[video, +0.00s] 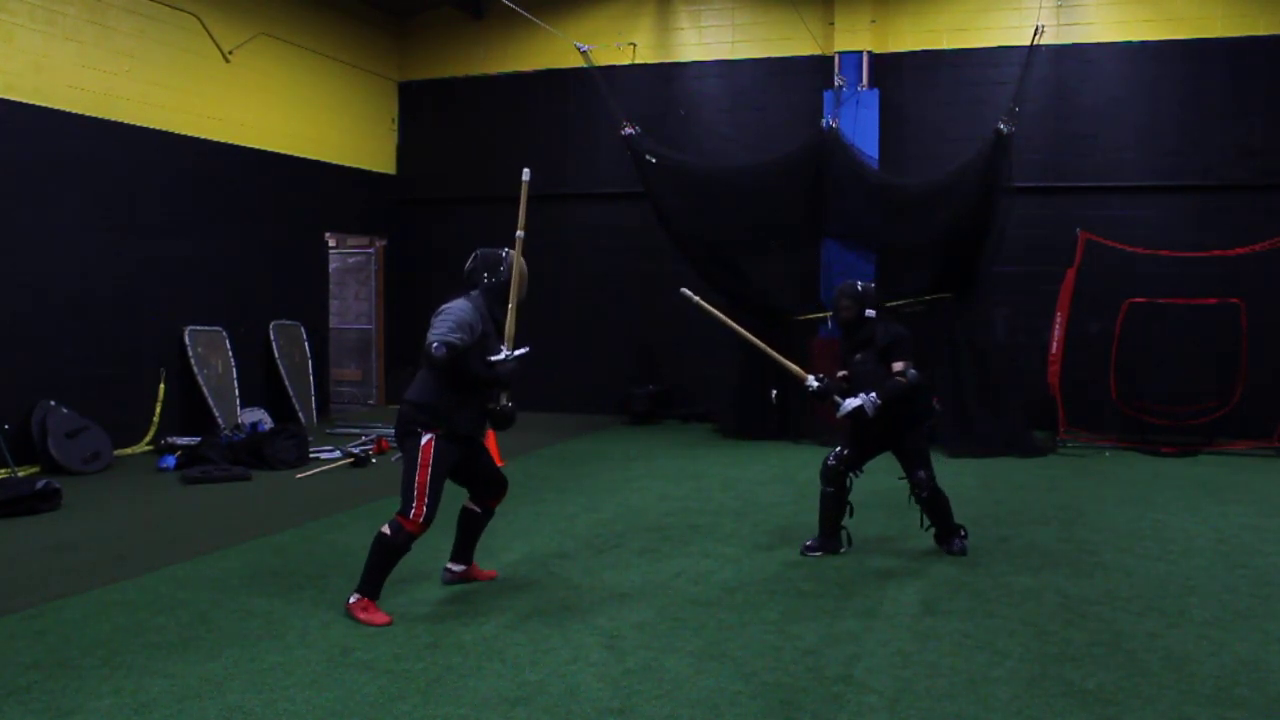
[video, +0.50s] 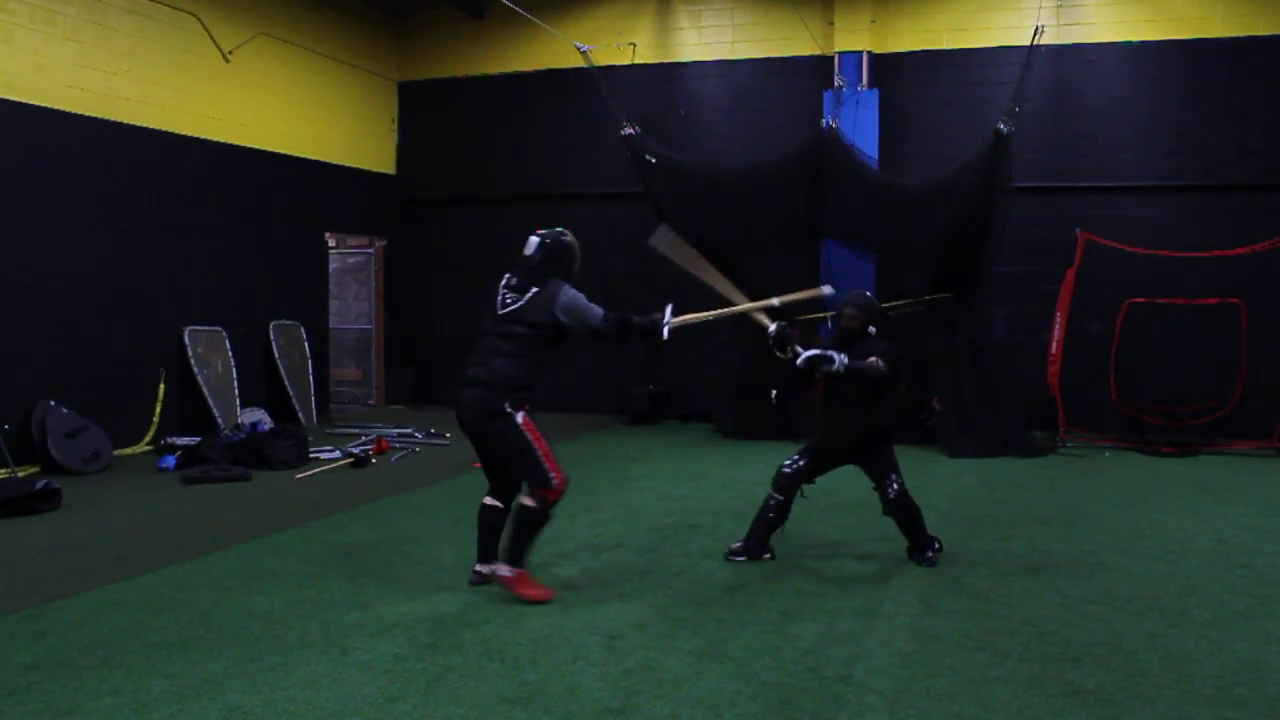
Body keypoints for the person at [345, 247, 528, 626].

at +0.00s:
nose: (515, 291)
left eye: (515, 283)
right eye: (511, 282)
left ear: (487, 279)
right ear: (493, 281)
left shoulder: (488, 321)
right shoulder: (461, 311)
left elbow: (473, 380)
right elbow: (440, 355)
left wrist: (494, 408)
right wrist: (493, 369)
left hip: (455, 428)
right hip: (426, 426)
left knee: (492, 486)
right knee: (415, 515)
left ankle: (460, 565)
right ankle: (362, 597)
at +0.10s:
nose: (521, 289)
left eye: (521, 281)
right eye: (517, 281)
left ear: (491, 278)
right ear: (499, 279)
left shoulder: (496, 320)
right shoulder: (467, 309)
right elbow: (453, 354)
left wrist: (501, 401)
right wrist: (500, 367)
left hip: (456, 425)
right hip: (429, 423)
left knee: (494, 476)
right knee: (416, 516)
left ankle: (467, 559)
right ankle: (362, 597)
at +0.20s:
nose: (527, 284)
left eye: (526, 277)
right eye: (523, 276)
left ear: (490, 274)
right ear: (508, 275)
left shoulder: (499, 312)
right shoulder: (481, 304)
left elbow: (505, 374)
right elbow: (502, 349)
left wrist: (539, 392)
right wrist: (545, 352)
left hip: (459, 425)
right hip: (438, 424)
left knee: (494, 479)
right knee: (417, 513)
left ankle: (483, 565)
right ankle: (363, 596)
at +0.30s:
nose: (535, 281)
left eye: (534, 274)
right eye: (532, 273)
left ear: (496, 273)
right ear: (518, 273)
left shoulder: (497, 311)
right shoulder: (503, 298)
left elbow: (535, 366)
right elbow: (560, 329)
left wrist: (580, 372)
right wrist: (619, 341)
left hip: (470, 419)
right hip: (454, 417)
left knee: (503, 483)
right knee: (445, 511)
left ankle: (483, 566)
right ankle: (376, 584)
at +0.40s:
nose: (552, 272)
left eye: (550, 266)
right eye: (549, 265)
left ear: (510, 265)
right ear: (539, 266)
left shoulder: (499, 297)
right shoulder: (530, 292)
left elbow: (554, 338)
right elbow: (586, 319)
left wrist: (600, 342)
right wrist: (640, 336)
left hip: (478, 407)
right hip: (475, 409)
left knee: (509, 486)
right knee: (499, 499)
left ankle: (484, 566)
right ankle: (426, 561)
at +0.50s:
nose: (572, 268)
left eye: (569, 262)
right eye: (571, 262)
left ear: (530, 256)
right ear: (564, 263)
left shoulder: (508, 283)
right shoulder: (557, 295)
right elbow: (605, 323)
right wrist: (651, 324)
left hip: (472, 400)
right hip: (501, 404)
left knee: (504, 482)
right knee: (549, 483)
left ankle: (485, 564)